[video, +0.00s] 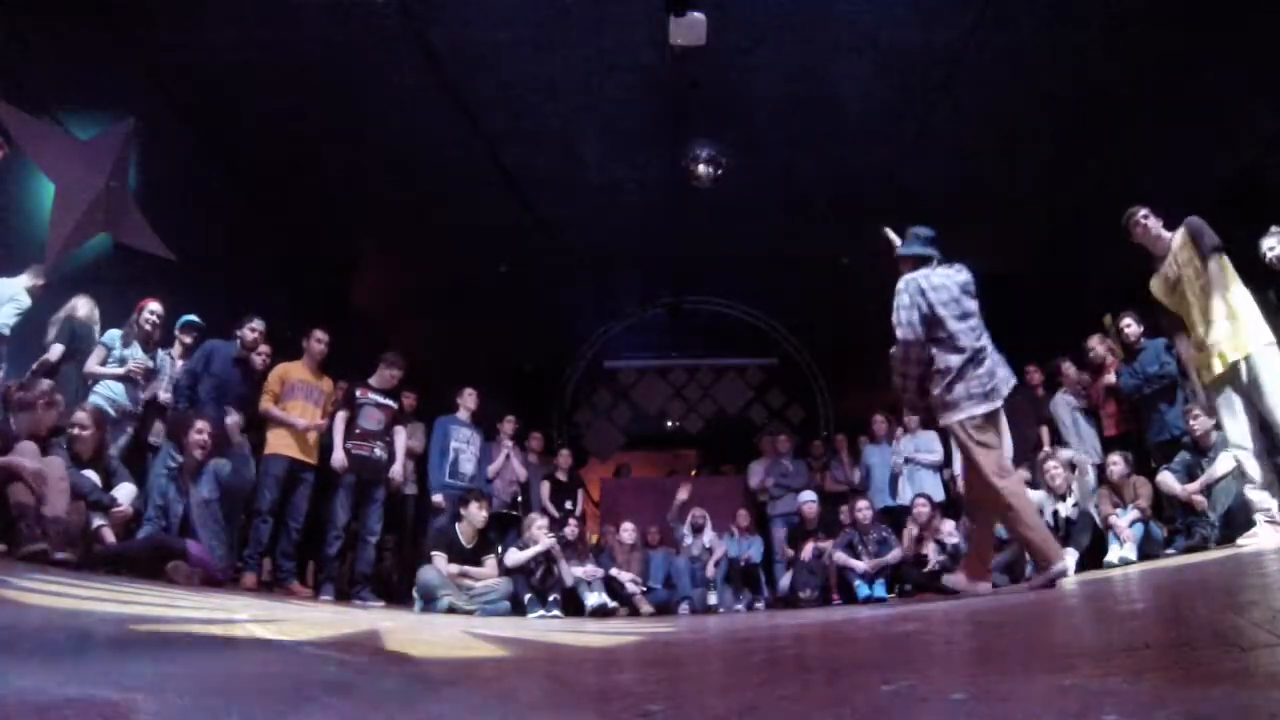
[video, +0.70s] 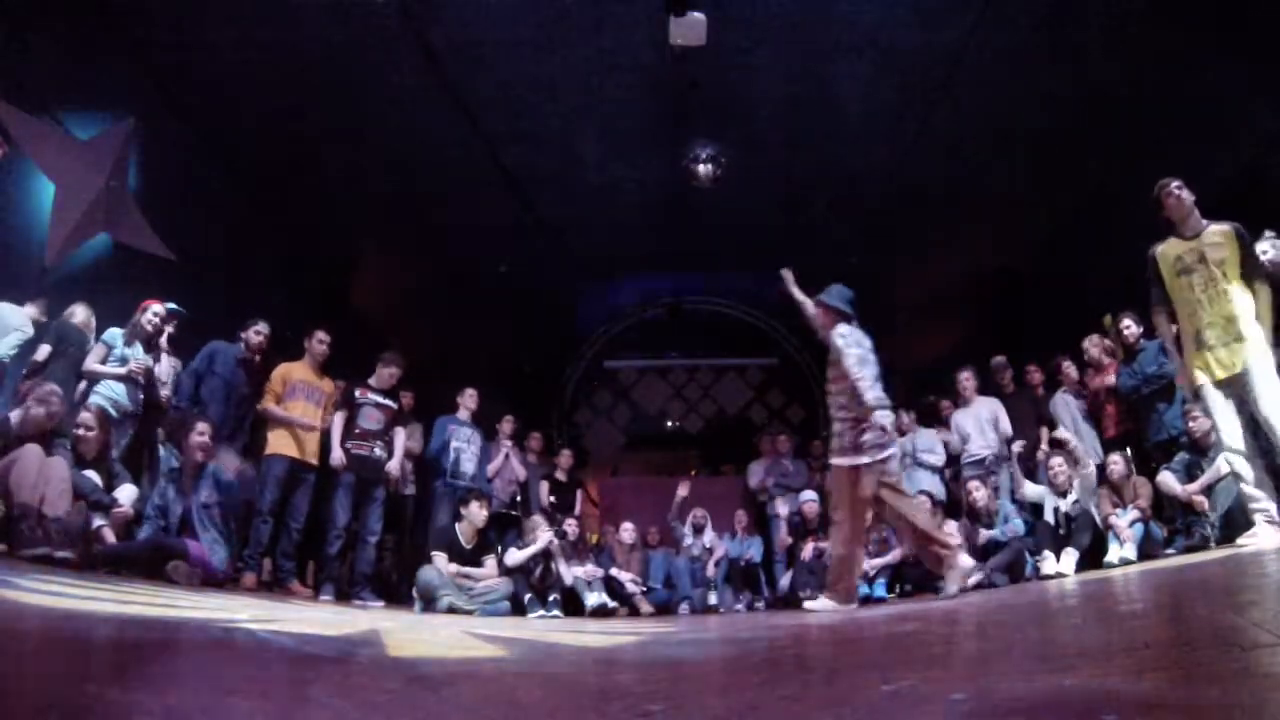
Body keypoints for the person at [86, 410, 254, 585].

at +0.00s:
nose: (205, 440)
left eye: (210, 435)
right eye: (199, 433)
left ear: (214, 441)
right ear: (183, 436)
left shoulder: (217, 469)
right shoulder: (165, 471)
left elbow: (244, 482)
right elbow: (154, 519)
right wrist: (139, 546)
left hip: (214, 557)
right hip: (175, 546)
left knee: (159, 541)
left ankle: (96, 555)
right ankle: (185, 576)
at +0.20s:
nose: (201, 444)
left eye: (204, 439)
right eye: (194, 438)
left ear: (209, 444)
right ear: (179, 444)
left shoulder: (223, 475)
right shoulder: (171, 479)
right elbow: (154, 519)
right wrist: (144, 543)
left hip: (213, 558)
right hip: (175, 547)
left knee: (159, 543)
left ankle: (98, 555)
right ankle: (182, 575)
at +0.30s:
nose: (198, 450)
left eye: (201, 444)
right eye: (191, 445)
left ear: (206, 448)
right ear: (178, 451)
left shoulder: (214, 476)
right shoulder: (171, 478)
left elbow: (242, 496)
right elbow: (154, 517)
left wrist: (225, 540)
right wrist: (143, 544)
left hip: (212, 553)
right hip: (176, 547)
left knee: (159, 546)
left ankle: (102, 555)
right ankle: (184, 575)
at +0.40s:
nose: (199, 449)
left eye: (202, 443)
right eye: (191, 444)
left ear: (206, 446)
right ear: (177, 450)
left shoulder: (214, 474)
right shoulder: (169, 478)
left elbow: (247, 495)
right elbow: (154, 518)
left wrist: (221, 527)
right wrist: (145, 543)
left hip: (211, 551)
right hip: (175, 546)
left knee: (160, 545)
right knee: (152, 557)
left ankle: (102, 555)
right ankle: (184, 575)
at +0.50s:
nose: (203, 444)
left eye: (206, 438)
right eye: (196, 438)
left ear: (210, 444)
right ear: (181, 443)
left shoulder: (223, 477)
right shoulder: (168, 479)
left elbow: (259, 508)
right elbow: (153, 519)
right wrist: (146, 545)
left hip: (215, 554)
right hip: (175, 545)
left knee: (159, 544)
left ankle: (101, 555)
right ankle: (183, 576)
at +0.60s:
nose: (206, 442)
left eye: (209, 437)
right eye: (199, 435)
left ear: (213, 442)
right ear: (183, 441)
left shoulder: (218, 471)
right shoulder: (169, 477)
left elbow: (241, 498)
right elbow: (153, 517)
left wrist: (245, 460)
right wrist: (143, 545)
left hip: (214, 551)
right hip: (176, 545)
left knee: (159, 543)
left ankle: (100, 553)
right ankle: (185, 576)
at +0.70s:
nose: (207, 441)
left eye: (210, 437)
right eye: (200, 434)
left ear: (213, 444)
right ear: (184, 439)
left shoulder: (217, 477)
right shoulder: (169, 479)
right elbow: (154, 518)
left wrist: (242, 478)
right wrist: (141, 545)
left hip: (212, 552)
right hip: (174, 545)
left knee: (160, 544)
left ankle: (97, 554)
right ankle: (183, 576)